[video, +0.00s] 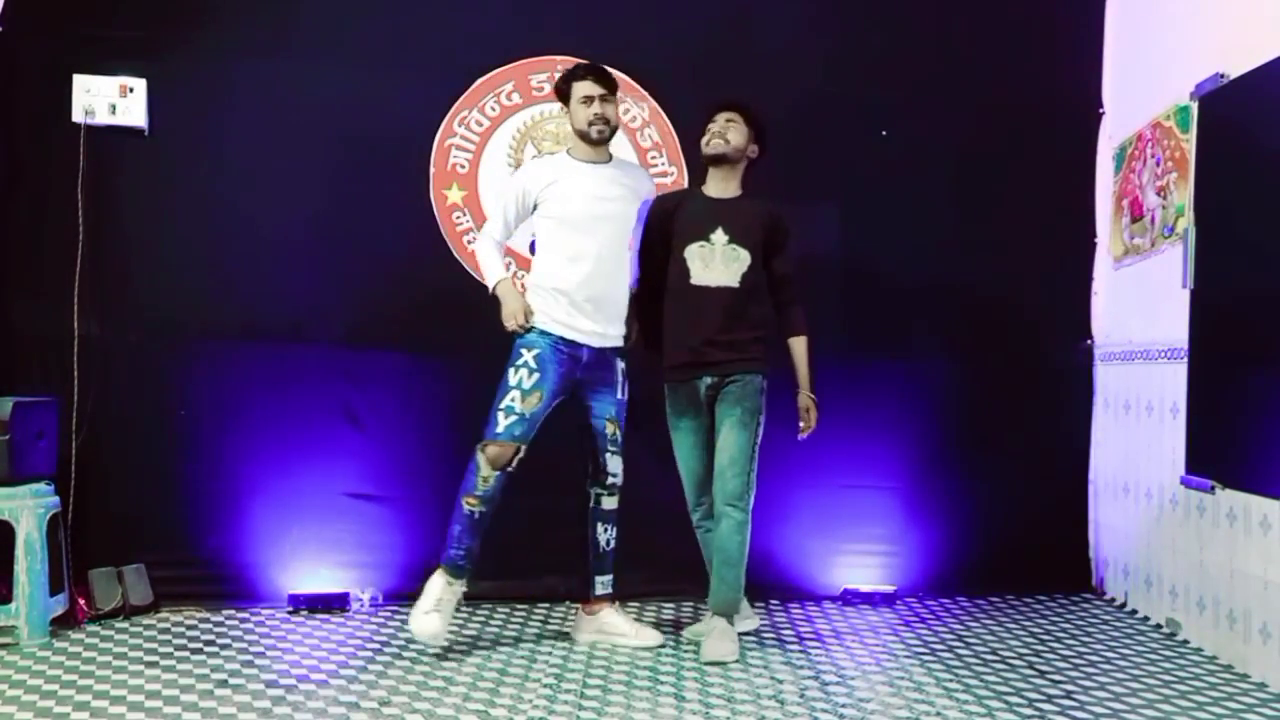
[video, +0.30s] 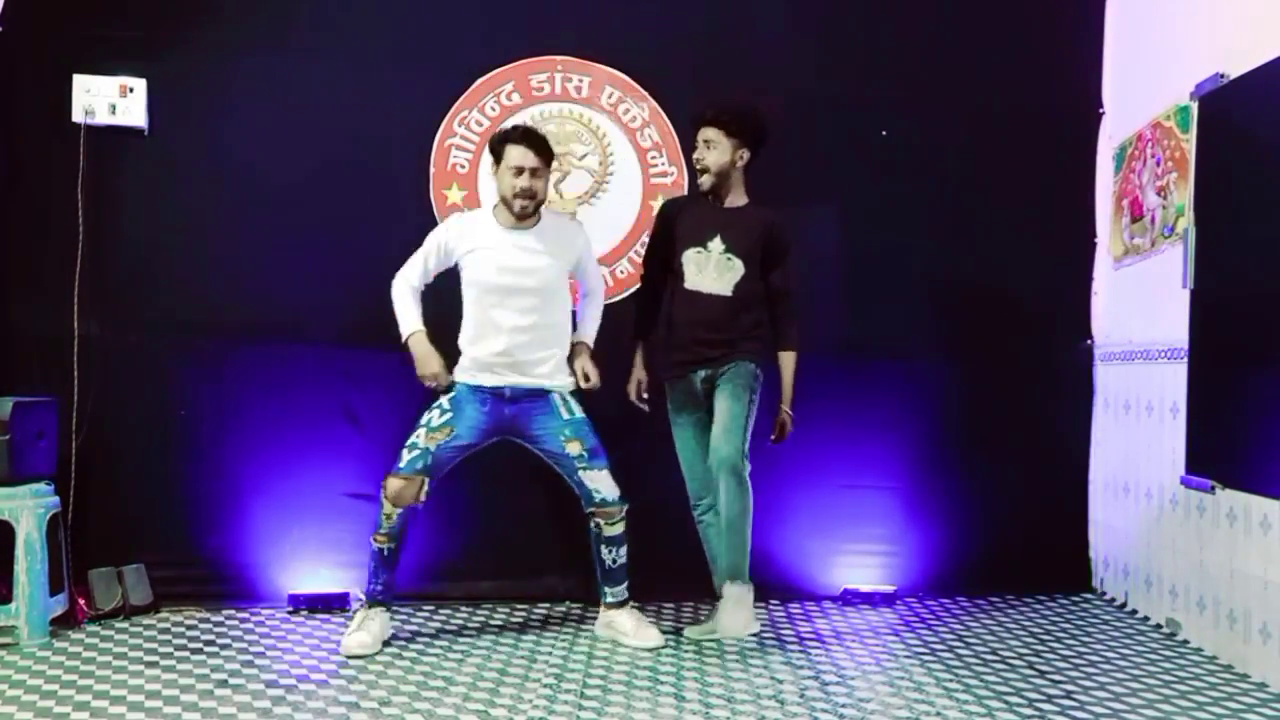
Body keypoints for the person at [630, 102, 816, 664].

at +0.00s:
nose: (717, 131)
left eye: (731, 126)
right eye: (711, 126)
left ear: (752, 149)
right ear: (699, 145)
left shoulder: (766, 217)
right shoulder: (666, 210)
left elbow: (789, 304)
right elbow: (638, 290)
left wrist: (804, 386)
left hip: (742, 370)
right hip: (679, 370)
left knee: (732, 497)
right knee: (700, 502)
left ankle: (720, 619)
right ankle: (736, 602)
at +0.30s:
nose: (698, 154)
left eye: (709, 146)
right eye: (696, 145)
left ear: (740, 154)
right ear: (697, 152)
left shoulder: (765, 225)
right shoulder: (674, 214)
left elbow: (784, 312)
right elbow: (649, 291)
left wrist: (786, 397)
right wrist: (639, 357)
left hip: (739, 360)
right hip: (679, 366)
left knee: (727, 461)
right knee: (700, 492)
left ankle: (737, 592)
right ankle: (727, 600)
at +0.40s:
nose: (698, 157)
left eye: (710, 149)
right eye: (697, 148)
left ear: (741, 157)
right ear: (696, 154)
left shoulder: (766, 225)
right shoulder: (677, 213)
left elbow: (784, 314)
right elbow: (655, 288)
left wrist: (784, 400)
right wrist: (641, 353)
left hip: (741, 351)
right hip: (685, 358)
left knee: (718, 426)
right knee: (701, 491)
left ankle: (761, 533)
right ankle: (732, 603)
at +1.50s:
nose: (742, 162)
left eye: (754, 156)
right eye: (745, 153)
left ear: (786, 168)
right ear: (756, 162)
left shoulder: (796, 246)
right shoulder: (714, 207)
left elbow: (803, 334)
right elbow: (664, 255)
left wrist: (797, 420)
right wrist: (630, 308)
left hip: (755, 370)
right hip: (696, 372)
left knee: (773, 477)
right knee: (706, 497)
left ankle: (794, 598)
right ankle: (733, 603)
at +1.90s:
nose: (737, 145)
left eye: (746, 135)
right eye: (738, 135)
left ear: (777, 141)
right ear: (768, 143)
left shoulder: (824, 217)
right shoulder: (735, 207)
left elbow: (850, 314)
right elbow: (719, 292)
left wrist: (838, 399)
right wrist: (699, 357)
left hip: (793, 377)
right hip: (728, 374)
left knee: (798, 505)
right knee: (723, 499)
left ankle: (802, 622)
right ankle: (736, 606)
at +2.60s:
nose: (720, 143)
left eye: (728, 133)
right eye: (722, 133)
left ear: (758, 139)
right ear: (752, 140)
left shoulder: (807, 201)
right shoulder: (744, 203)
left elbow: (885, 263)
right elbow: (757, 281)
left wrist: (823, 325)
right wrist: (729, 335)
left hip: (784, 377)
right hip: (733, 372)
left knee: (793, 505)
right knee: (731, 498)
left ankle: (802, 623)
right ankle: (740, 609)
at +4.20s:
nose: (714, 142)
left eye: (725, 132)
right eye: (716, 132)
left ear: (759, 139)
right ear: (745, 142)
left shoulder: (796, 202)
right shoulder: (721, 211)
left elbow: (825, 279)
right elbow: (711, 281)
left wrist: (748, 302)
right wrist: (711, 317)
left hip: (777, 377)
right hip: (724, 378)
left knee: (790, 503)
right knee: (733, 499)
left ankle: (802, 622)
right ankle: (741, 609)